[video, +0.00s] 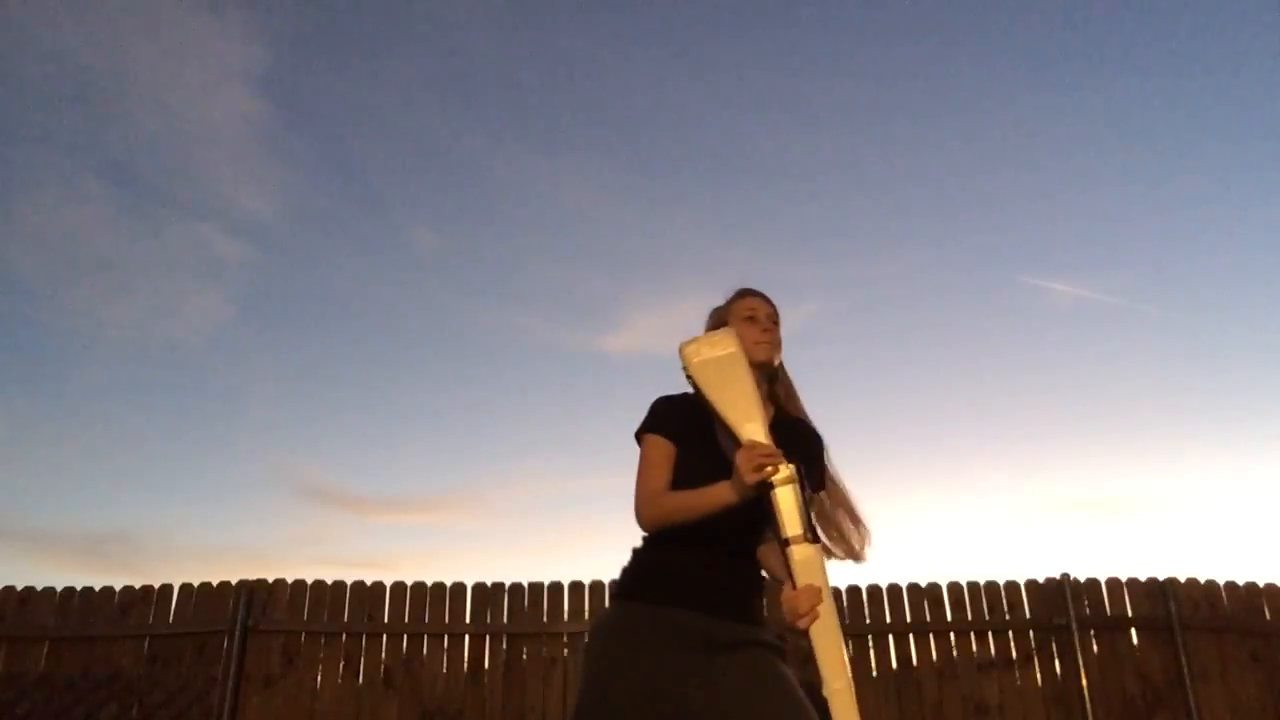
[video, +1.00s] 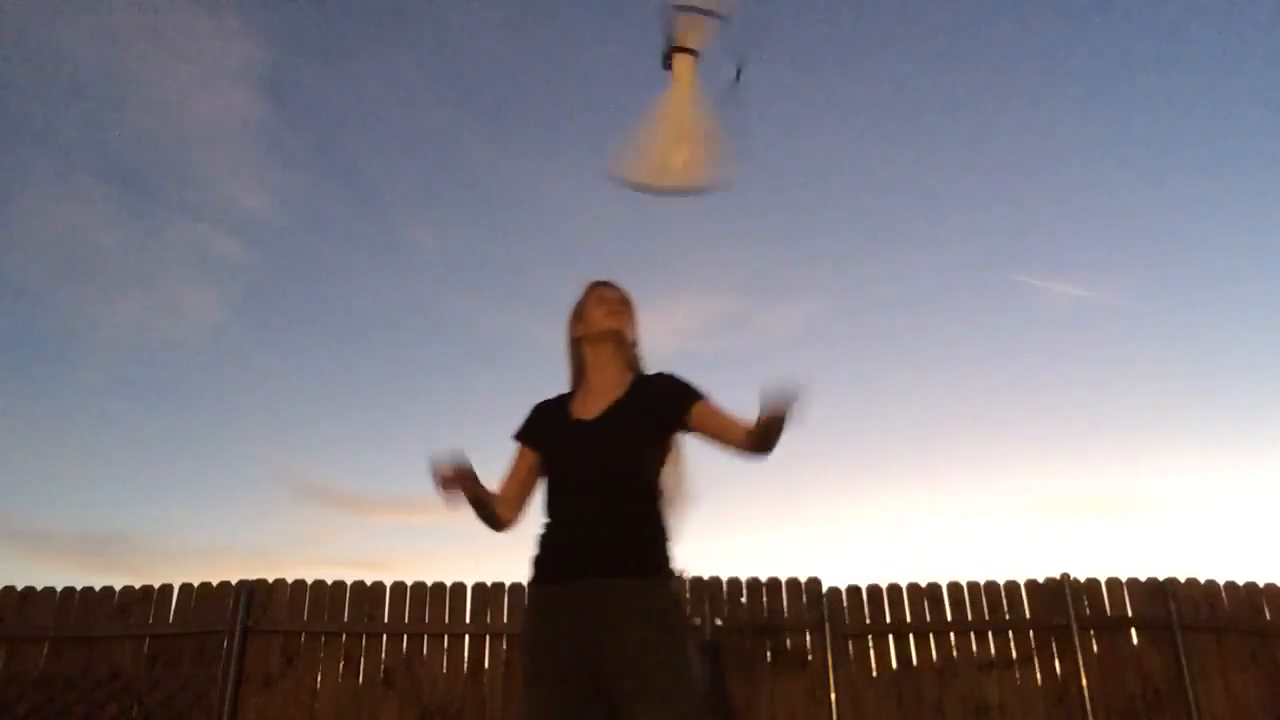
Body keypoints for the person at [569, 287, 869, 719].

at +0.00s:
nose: (766, 327)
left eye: (772, 321)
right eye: (749, 319)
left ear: (780, 340)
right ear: (718, 335)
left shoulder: (798, 438)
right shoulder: (674, 413)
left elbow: (770, 534)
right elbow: (650, 511)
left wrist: (789, 586)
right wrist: (734, 487)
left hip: (738, 631)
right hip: (647, 620)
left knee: (795, 713)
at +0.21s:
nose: (766, 328)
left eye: (774, 321)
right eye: (751, 319)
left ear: (781, 340)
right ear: (719, 334)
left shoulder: (798, 437)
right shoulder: (675, 412)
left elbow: (769, 532)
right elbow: (650, 510)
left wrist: (781, 585)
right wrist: (733, 484)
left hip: (742, 627)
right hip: (652, 617)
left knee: (784, 709)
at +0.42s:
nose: (760, 321)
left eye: (765, 317)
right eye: (744, 312)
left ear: (772, 339)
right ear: (711, 329)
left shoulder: (794, 431)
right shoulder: (670, 410)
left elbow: (789, 532)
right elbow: (647, 511)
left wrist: (790, 582)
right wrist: (722, 484)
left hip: (747, 626)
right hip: (656, 618)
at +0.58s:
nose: (710, 296)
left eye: (718, 291)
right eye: (698, 288)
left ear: (729, 313)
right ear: (672, 310)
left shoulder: (766, 397)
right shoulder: (638, 394)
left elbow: (806, 477)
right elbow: (609, 498)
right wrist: (657, 519)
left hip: (733, 592)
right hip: (643, 596)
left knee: (770, 708)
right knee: (621, 708)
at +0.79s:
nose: (666, 296)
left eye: (672, 291)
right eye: (649, 288)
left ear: (680, 314)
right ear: (620, 313)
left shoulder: (707, 381)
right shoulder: (591, 405)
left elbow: (802, 376)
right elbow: (556, 501)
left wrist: (807, 284)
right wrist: (548, 555)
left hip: (695, 590)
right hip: (610, 593)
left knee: (717, 706)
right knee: (600, 708)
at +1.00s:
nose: (610, 307)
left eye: (620, 305)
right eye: (598, 304)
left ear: (634, 330)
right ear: (576, 329)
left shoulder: (660, 394)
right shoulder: (549, 416)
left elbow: (754, 441)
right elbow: (502, 514)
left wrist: (773, 419)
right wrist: (471, 486)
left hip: (639, 592)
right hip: (559, 596)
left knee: (655, 706)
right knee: (556, 708)